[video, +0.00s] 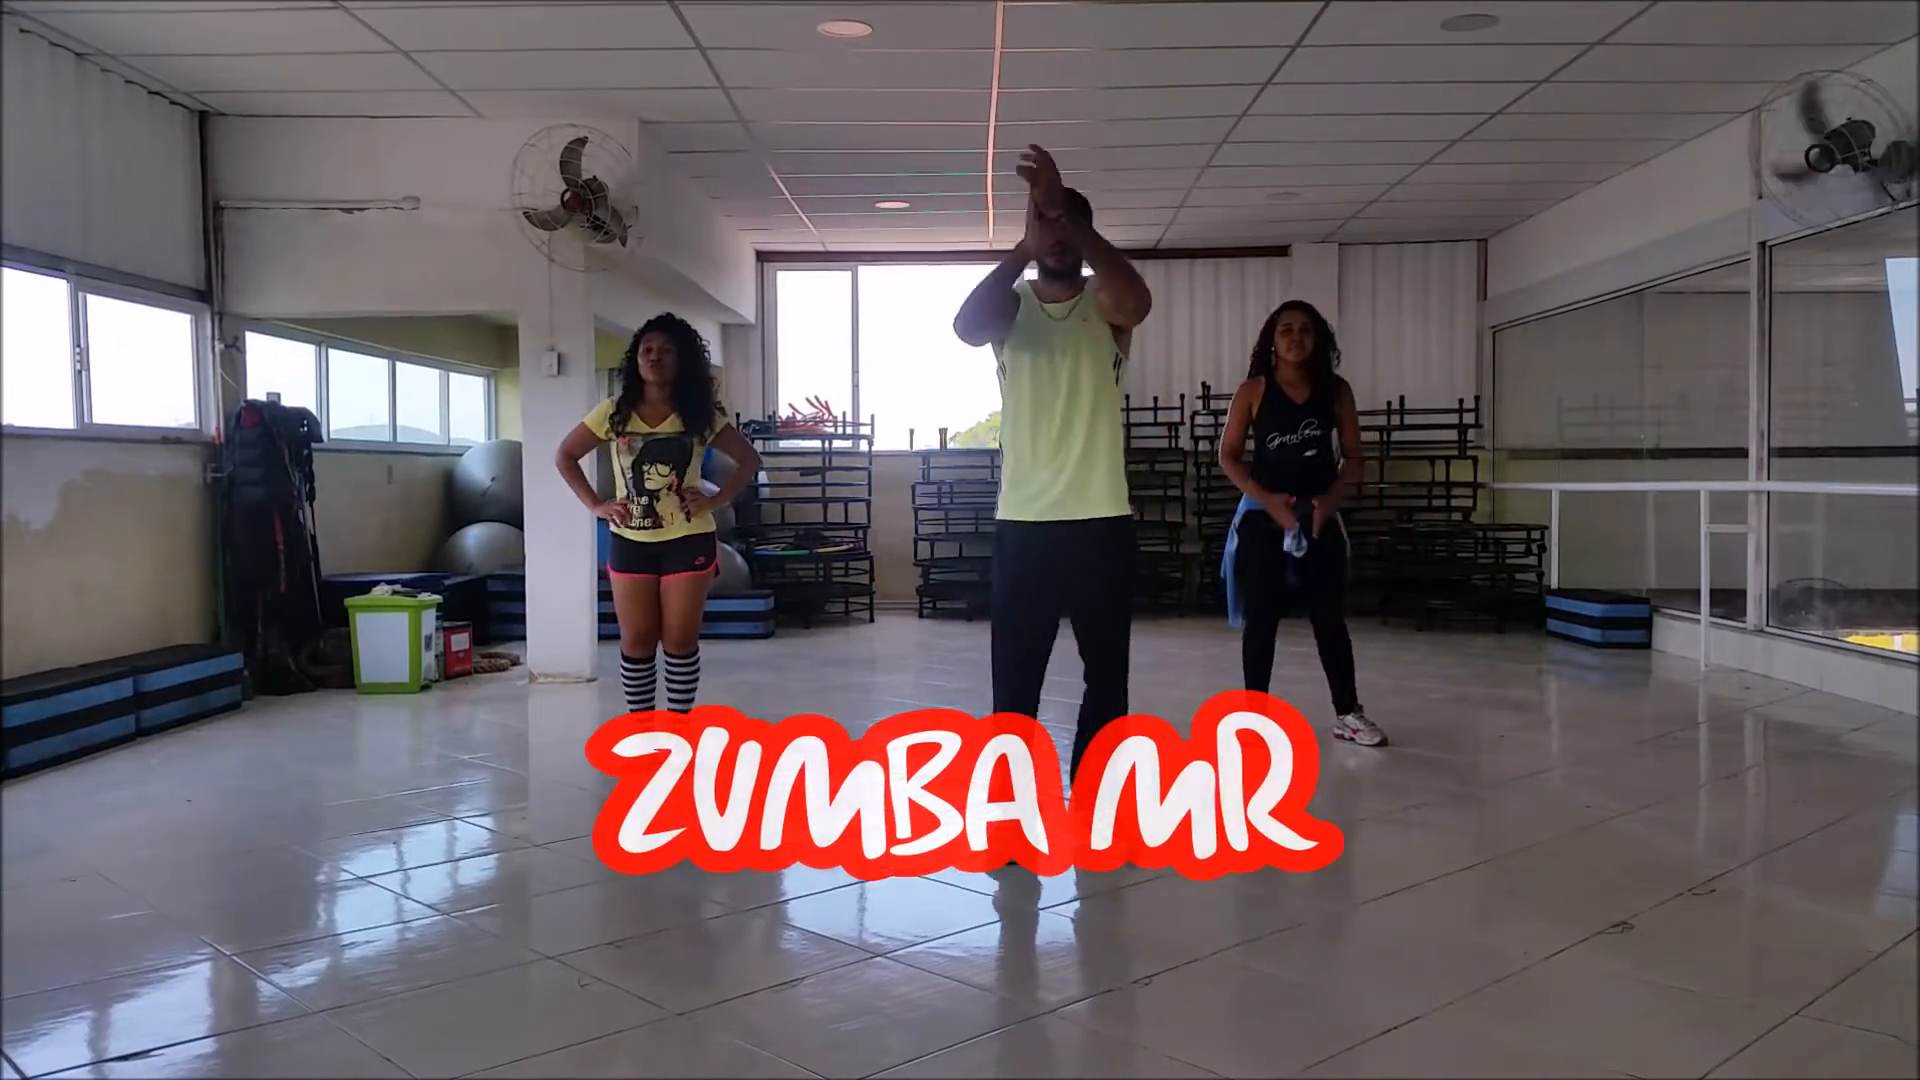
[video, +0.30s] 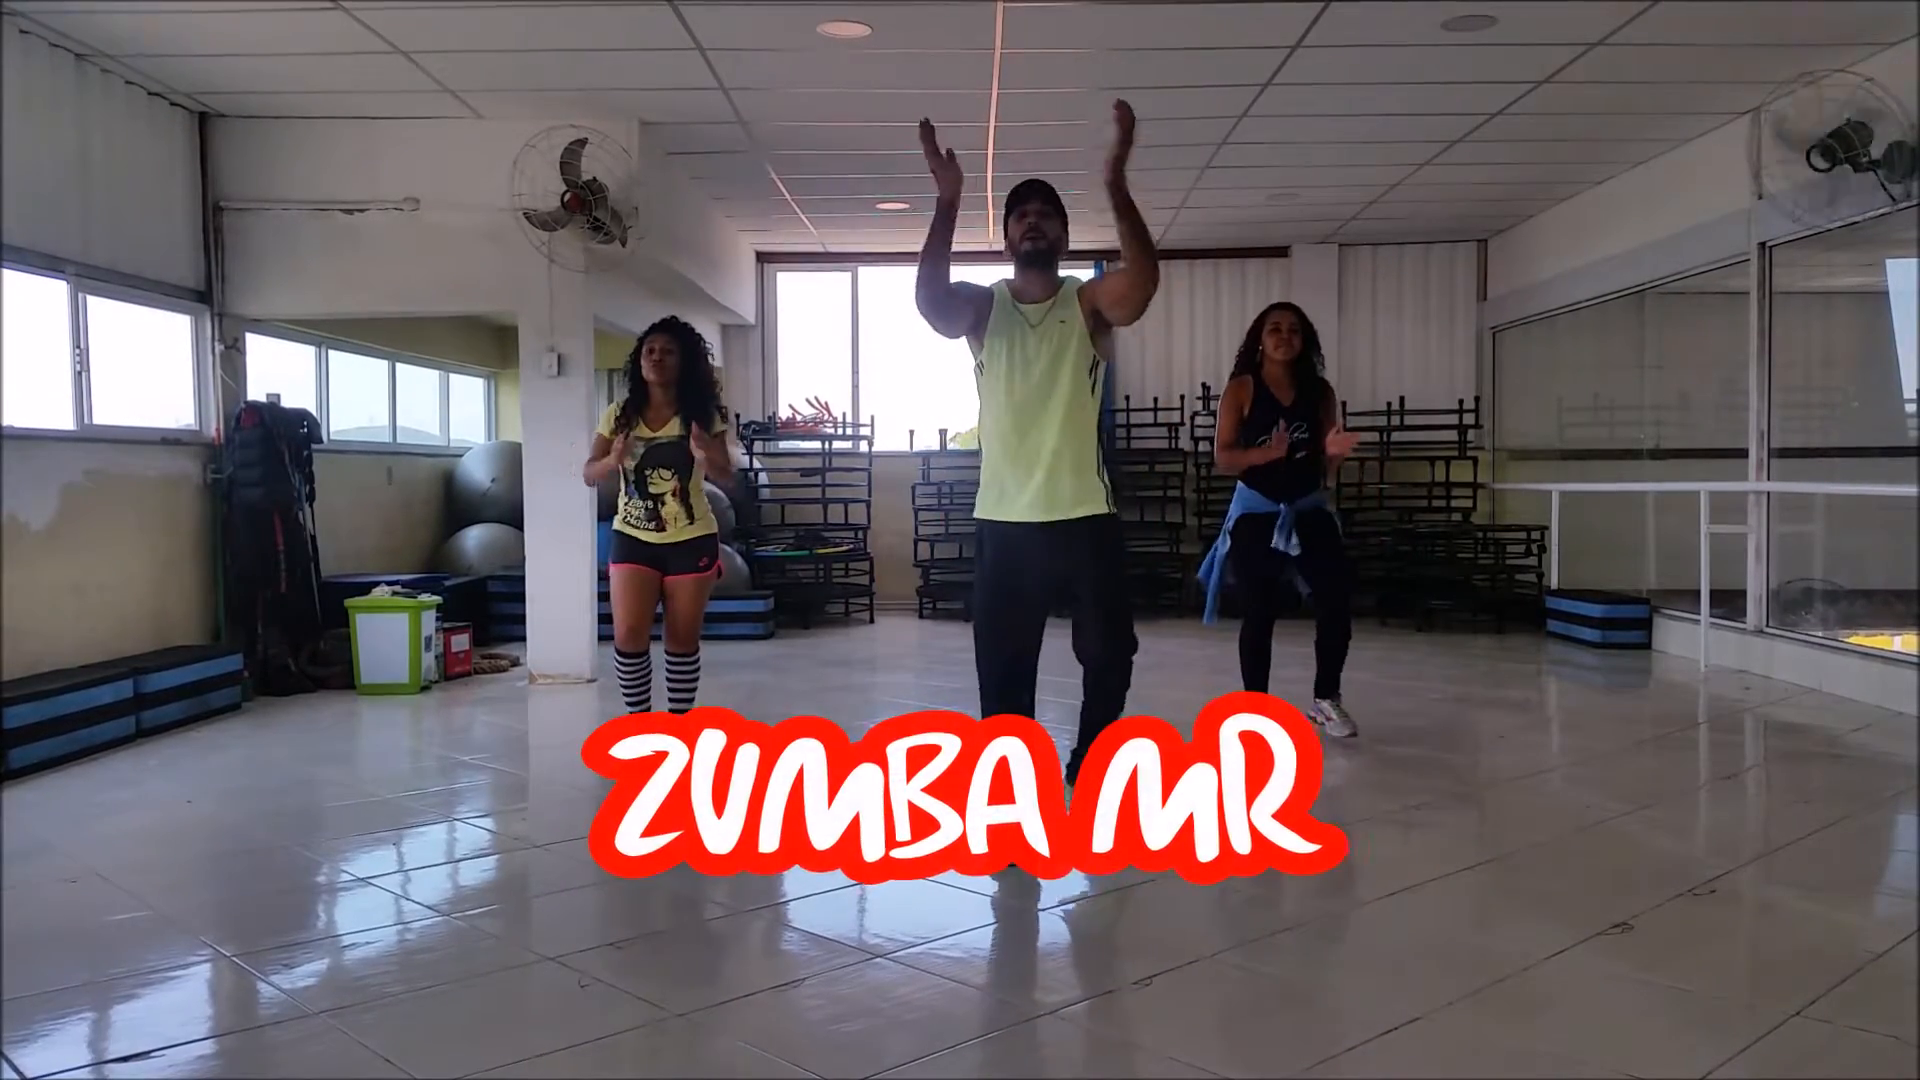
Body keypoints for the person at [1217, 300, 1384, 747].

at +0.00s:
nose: (1295, 337)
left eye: (1304, 330)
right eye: (1286, 330)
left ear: (1317, 339)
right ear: (1272, 339)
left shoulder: (1335, 390)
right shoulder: (1252, 391)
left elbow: (1354, 459)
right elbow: (1228, 456)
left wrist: (1332, 499)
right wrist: (1266, 500)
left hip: (1319, 518)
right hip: (1263, 520)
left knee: (1330, 620)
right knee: (1260, 621)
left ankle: (1348, 714)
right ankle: (1257, 716)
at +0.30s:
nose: (1284, 337)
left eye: (1293, 331)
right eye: (1275, 330)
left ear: (1305, 341)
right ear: (1259, 339)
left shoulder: (1320, 393)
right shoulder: (1241, 388)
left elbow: (1328, 463)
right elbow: (1223, 459)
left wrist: (1335, 450)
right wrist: (1264, 453)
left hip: (1310, 513)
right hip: (1256, 515)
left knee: (1337, 601)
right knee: (1258, 612)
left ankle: (1326, 699)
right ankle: (1254, 711)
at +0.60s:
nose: (1295, 336)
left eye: (1305, 330)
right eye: (1286, 330)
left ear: (1318, 339)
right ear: (1271, 338)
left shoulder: (1336, 389)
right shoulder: (1252, 387)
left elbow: (1359, 447)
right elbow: (1227, 450)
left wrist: (1332, 421)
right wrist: (1273, 426)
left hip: (1322, 517)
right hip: (1265, 516)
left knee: (1320, 615)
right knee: (1257, 611)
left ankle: (1318, 712)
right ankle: (1252, 708)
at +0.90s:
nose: (1294, 340)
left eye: (1303, 332)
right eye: (1284, 332)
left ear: (1317, 338)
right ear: (1271, 341)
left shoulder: (1338, 384)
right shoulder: (1254, 391)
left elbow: (1345, 439)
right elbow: (1234, 450)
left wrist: (1298, 405)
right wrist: (1280, 422)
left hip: (1314, 515)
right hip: (1259, 514)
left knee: (1314, 616)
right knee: (1249, 611)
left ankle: (1317, 713)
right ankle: (1237, 707)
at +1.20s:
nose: (1281, 341)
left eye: (1290, 336)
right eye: (1273, 333)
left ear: (1299, 346)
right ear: (1254, 337)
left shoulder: (1306, 382)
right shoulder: (1237, 384)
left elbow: (1347, 410)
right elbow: (1239, 419)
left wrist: (1338, 354)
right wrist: (1270, 371)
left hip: (1302, 508)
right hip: (1249, 510)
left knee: (1344, 596)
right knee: (1251, 608)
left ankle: (1330, 688)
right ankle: (1240, 710)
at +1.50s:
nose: (1292, 345)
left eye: (1301, 338)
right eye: (1285, 336)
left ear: (1313, 343)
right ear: (1271, 341)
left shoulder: (1327, 382)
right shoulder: (1254, 385)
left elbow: (1370, 379)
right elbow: (1232, 387)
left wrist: (1337, 327)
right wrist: (1268, 348)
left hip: (1323, 515)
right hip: (1269, 516)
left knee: (1325, 614)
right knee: (1260, 615)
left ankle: (1328, 711)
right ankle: (1239, 710)